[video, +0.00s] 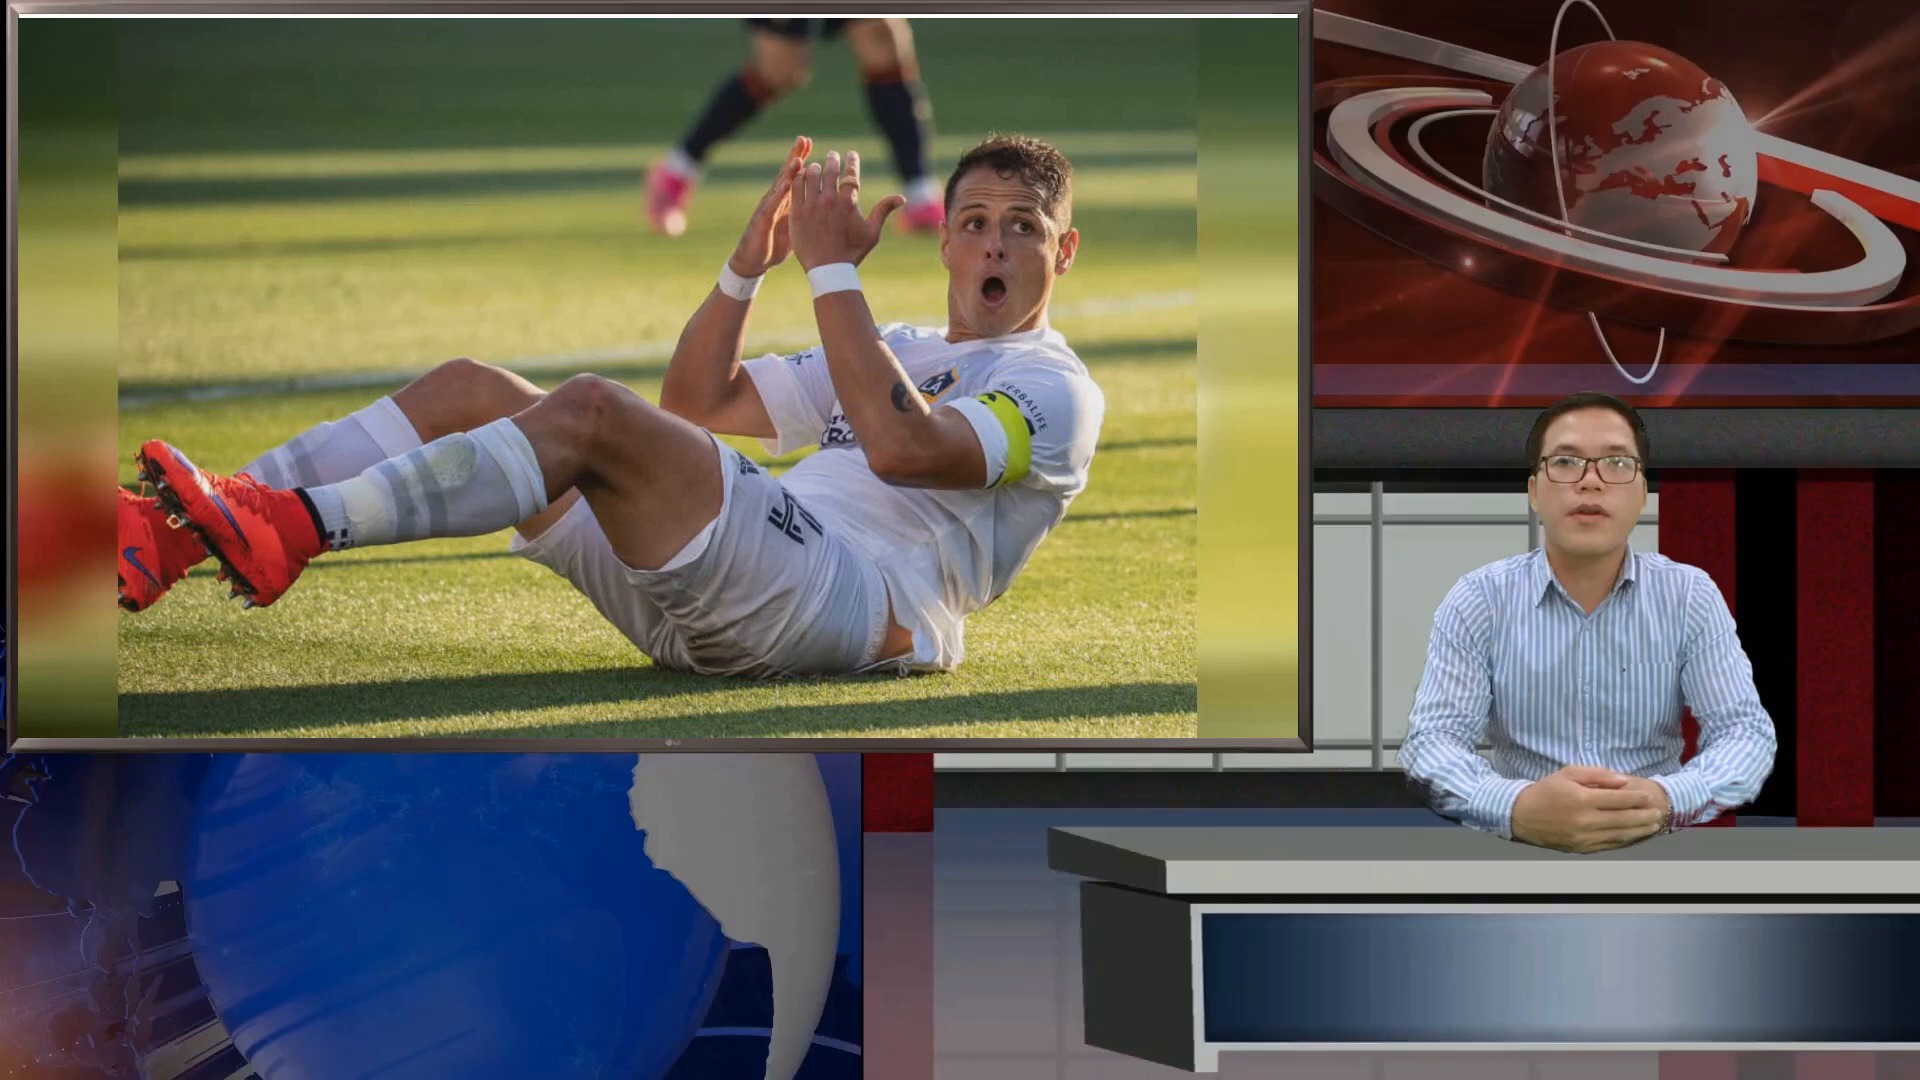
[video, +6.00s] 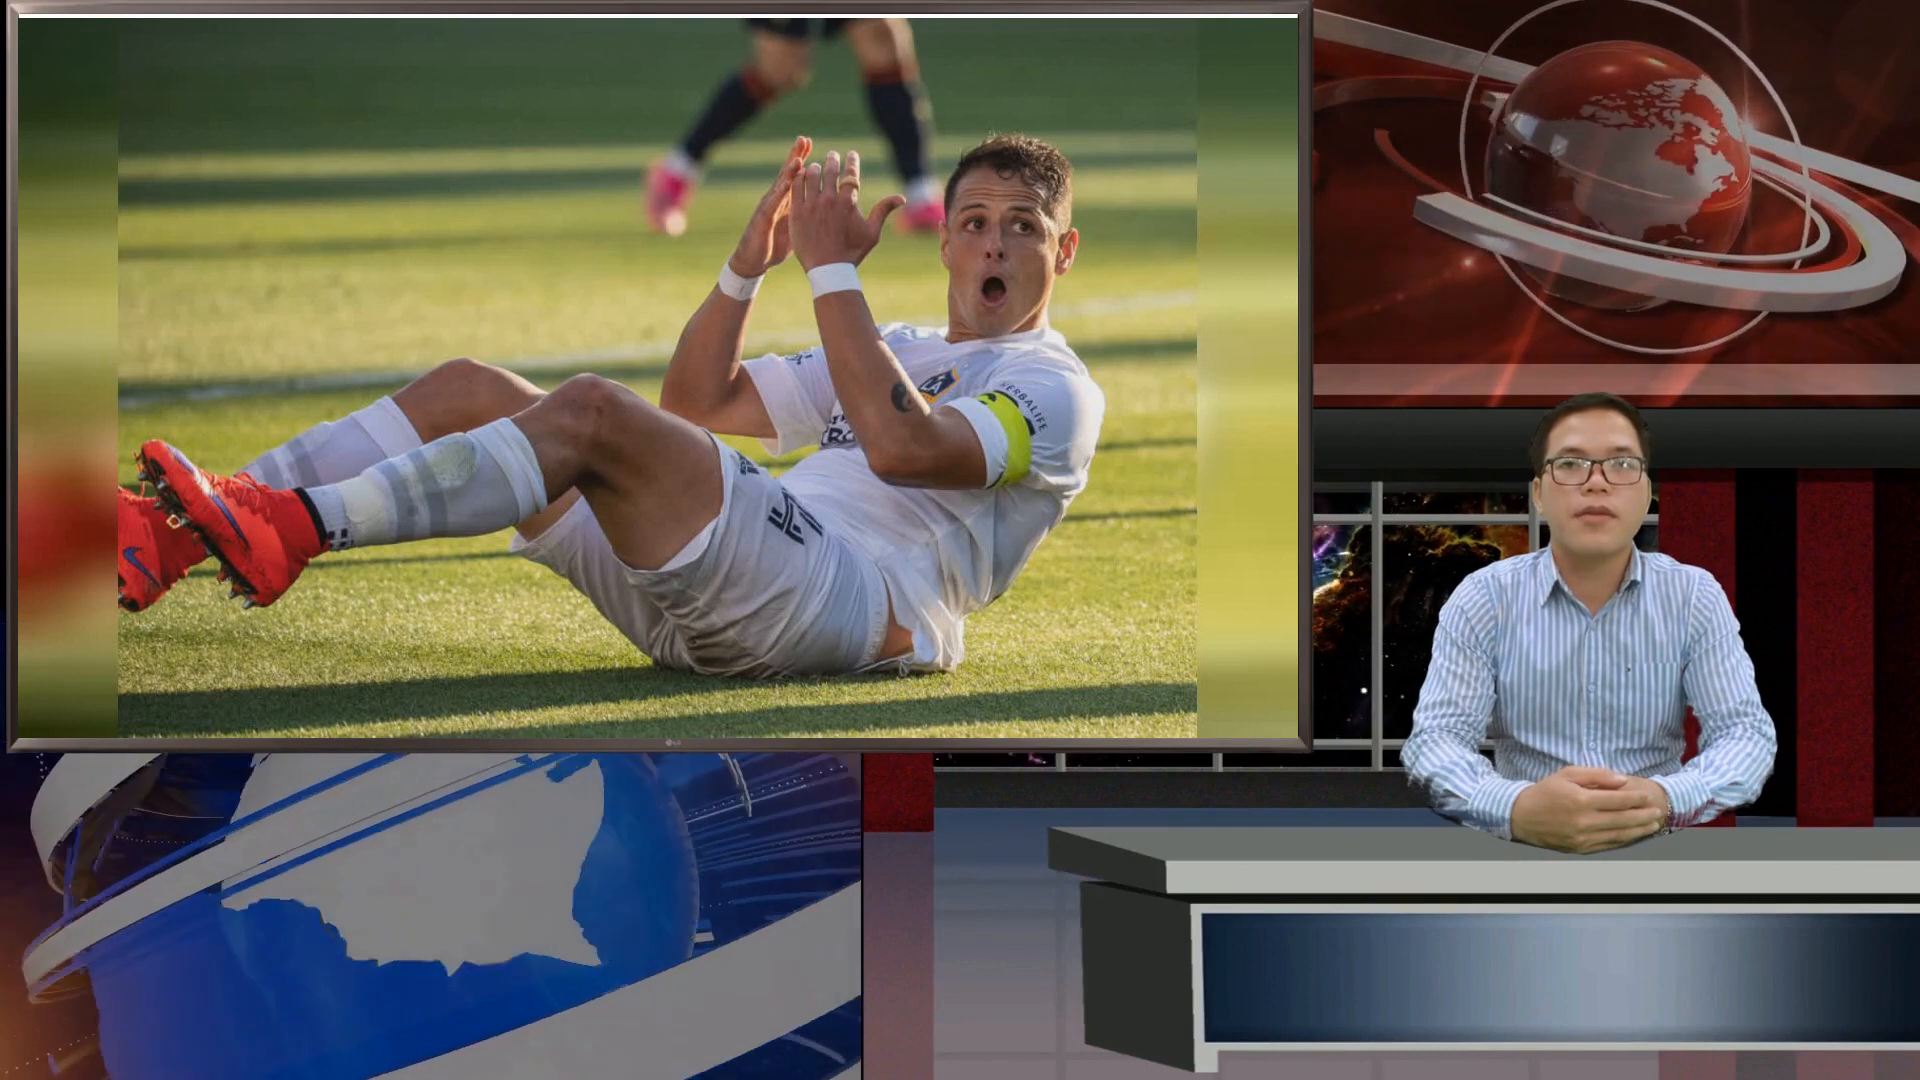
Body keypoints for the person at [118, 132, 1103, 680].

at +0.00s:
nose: (995, 246)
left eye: (1022, 230)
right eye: (976, 224)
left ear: (1065, 257)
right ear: (942, 241)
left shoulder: (1055, 389)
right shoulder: (892, 358)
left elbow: (901, 447)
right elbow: (695, 405)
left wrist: (833, 270)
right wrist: (747, 270)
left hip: (839, 603)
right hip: (731, 572)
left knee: (593, 413)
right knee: (468, 389)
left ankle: (299, 524)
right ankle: (179, 538)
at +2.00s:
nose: (995, 246)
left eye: (1022, 230)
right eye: (976, 224)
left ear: (1065, 258)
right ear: (943, 240)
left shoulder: (1055, 389)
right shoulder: (892, 358)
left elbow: (902, 447)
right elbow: (695, 404)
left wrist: (833, 270)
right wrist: (747, 270)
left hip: (840, 603)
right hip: (732, 571)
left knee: (592, 413)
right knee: (468, 389)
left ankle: (300, 524)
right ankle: (180, 539)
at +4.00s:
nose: (995, 246)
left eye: (1022, 230)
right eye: (975, 224)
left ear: (1065, 257)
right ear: (942, 241)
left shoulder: (1055, 389)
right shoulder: (892, 358)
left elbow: (902, 447)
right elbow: (695, 405)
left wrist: (833, 270)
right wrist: (747, 270)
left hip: (841, 603)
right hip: (733, 573)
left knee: (592, 413)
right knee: (468, 389)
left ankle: (299, 525)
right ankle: (180, 538)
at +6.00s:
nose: (996, 246)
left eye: (1023, 229)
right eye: (977, 223)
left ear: (1066, 257)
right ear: (943, 241)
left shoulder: (1056, 389)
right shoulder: (892, 358)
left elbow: (901, 447)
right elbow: (695, 405)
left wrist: (833, 268)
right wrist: (747, 269)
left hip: (840, 604)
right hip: (732, 572)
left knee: (593, 413)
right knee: (467, 389)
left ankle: (300, 524)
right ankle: (175, 541)